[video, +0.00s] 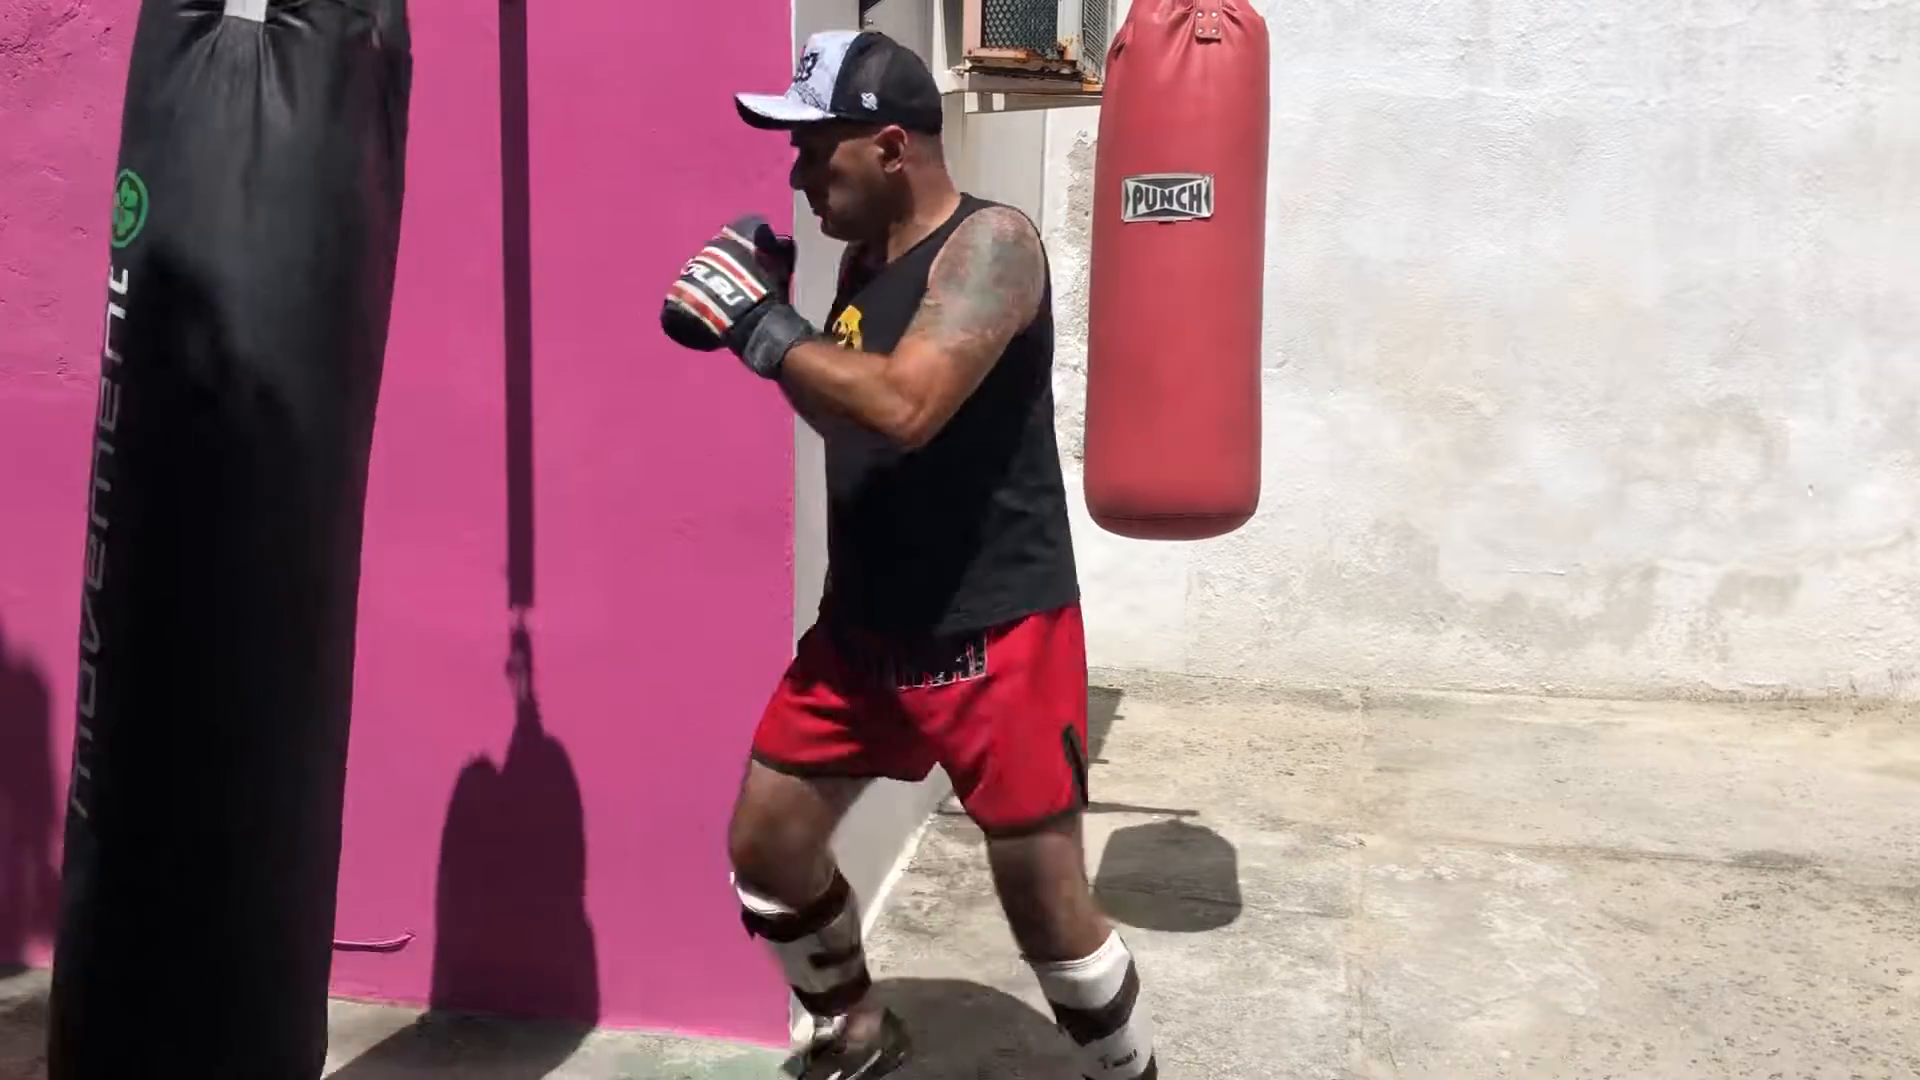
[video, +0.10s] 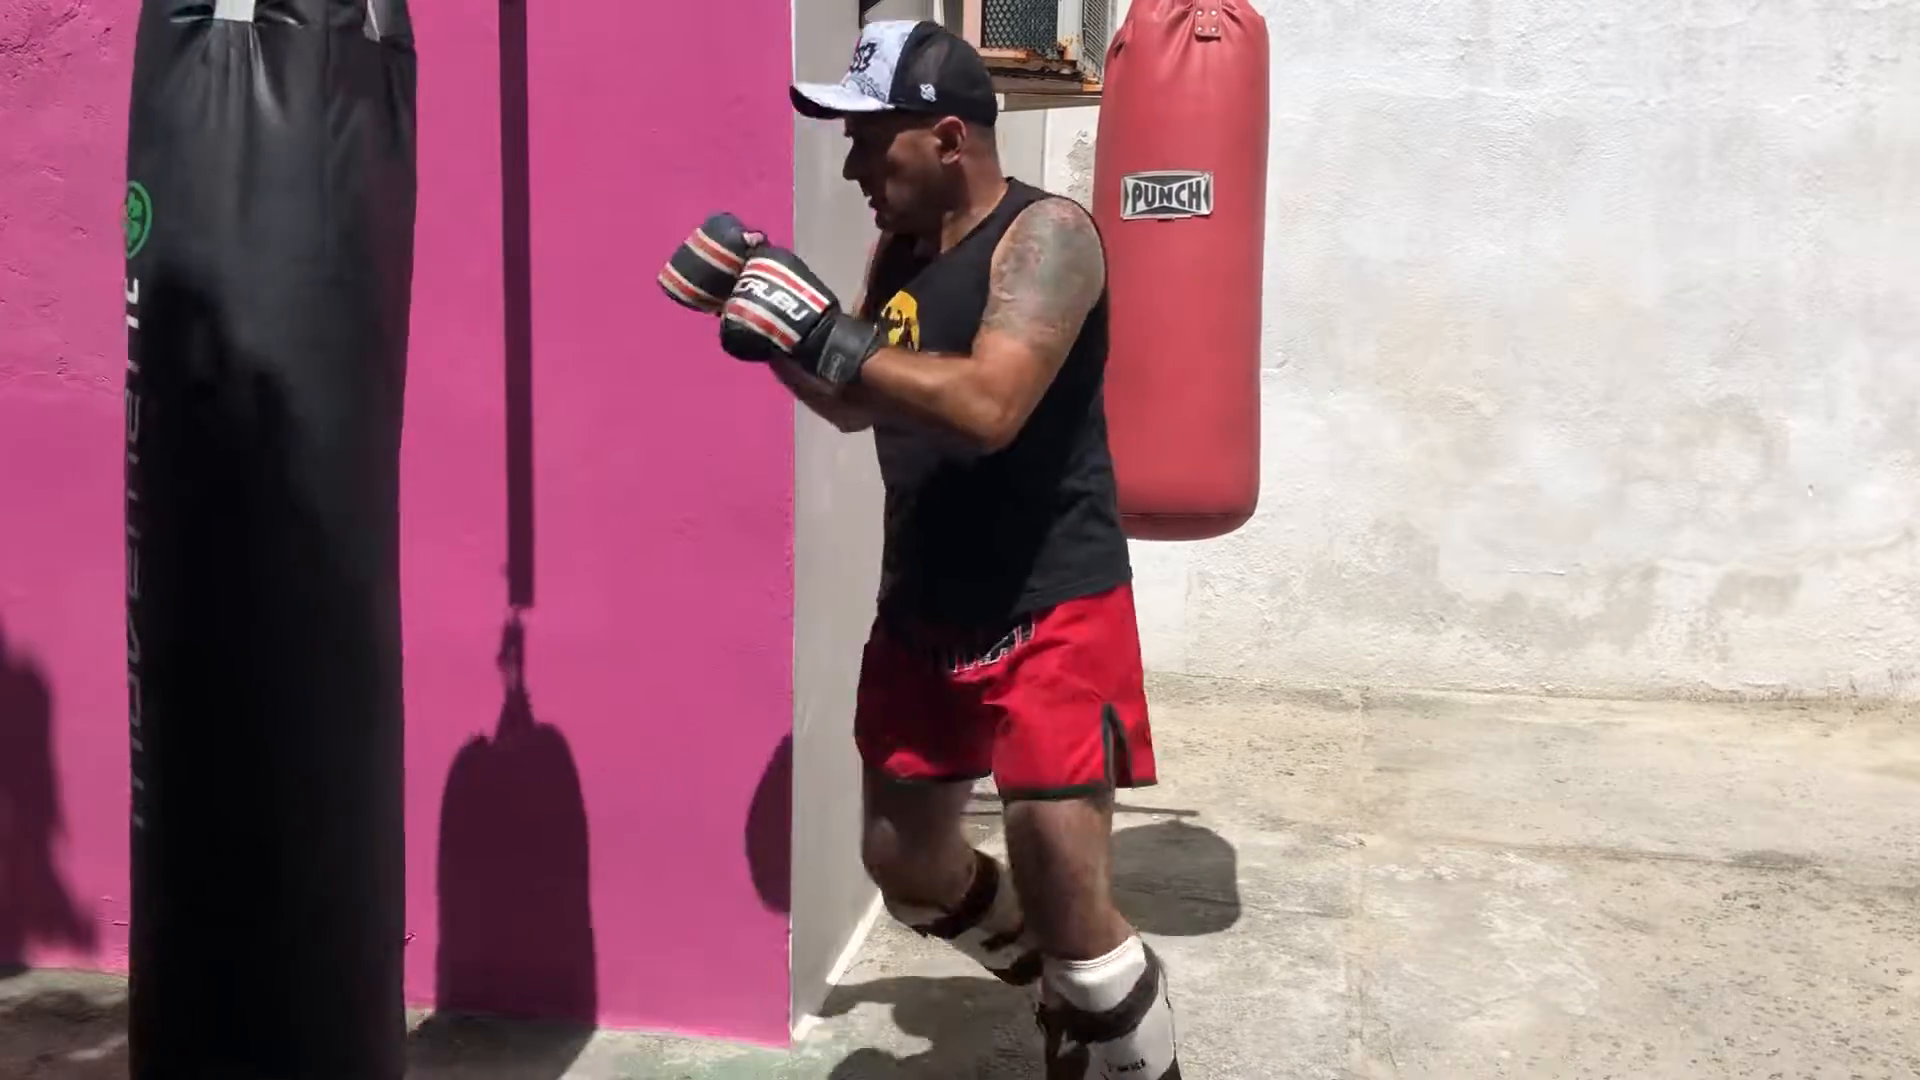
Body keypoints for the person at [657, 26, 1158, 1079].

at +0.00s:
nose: (800, 166)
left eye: (818, 145)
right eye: (798, 143)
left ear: (896, 147)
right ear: (877, 150)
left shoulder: (995, 241)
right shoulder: (861, 261)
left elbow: (903, 408)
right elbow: (857, 418)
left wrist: (764, 322)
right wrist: (770, 317)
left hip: (1000, 628)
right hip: (867, 622)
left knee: (1048, 913)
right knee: (769, 846)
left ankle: (1126, 1067)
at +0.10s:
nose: (853, 160)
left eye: (872, 137)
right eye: (851, 136)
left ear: (951, 138)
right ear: (934, 141)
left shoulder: (1051, 237)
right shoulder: (905, 247)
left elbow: (986, 407)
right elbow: (856, 405)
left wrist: (833, 337)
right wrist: (772, 324)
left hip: (1050, 605)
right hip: (926, 607)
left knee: (1065, 894)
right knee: (908, 859)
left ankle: (1133, 1063)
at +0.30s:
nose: (921, 248)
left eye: (941, 225)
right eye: (924, 222)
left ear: (1017, 233)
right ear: (1009, 234)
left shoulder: (1121, 336)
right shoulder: (979, 325)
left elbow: (1058, 524)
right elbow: (970, 476)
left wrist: (911, 444)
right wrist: (845, 469)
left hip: (1124, 699)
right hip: (1024, 697)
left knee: (1161, 997)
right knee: (1093, 952)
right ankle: (1159, 1055)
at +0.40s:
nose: (929, 235)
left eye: (948, 210)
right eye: (933, 208)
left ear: (1026, 218)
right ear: (1019, 220)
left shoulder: (1136, 318)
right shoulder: (1016, 313)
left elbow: (1057, 516)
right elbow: (1012, 471)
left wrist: (908, 427)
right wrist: (921, 499)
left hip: (1146, 690)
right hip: (1032, 685)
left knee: (1175, 999)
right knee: (1044, 927)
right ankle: (1153, 1040)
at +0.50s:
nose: (929, 219)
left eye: (946, 191)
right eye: (932, 192)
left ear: (1022, 200)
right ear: (1024, 201)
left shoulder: (1132, 305)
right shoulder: (1040, 304)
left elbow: (1028, 510)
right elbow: (1020, 460)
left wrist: (872, 416)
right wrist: (937, 481)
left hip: (1152, 702)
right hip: (1028, 689)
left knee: (1179, 1016)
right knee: (951, 917)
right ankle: (1106, 1050)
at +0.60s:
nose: (916, 211)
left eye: (932, 186)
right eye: (918, 185)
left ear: (1005, 193)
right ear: (1009, 192)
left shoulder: (1108, 315)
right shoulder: (1036, 299)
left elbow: (978, 522)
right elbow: (1052, 453)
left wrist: (838, 428)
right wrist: (952, 393)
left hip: (1125, 705)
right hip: (1008, 685)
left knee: (1170, 1020)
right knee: (902, 906)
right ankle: (991, 1071)